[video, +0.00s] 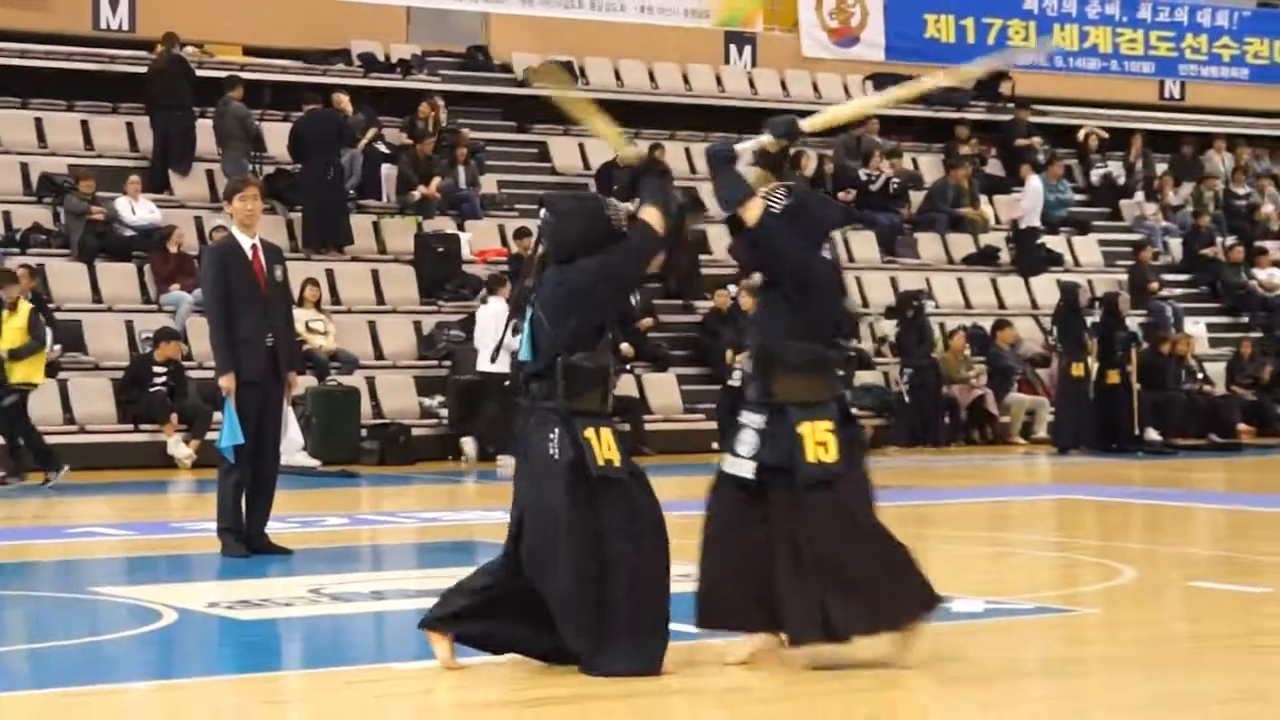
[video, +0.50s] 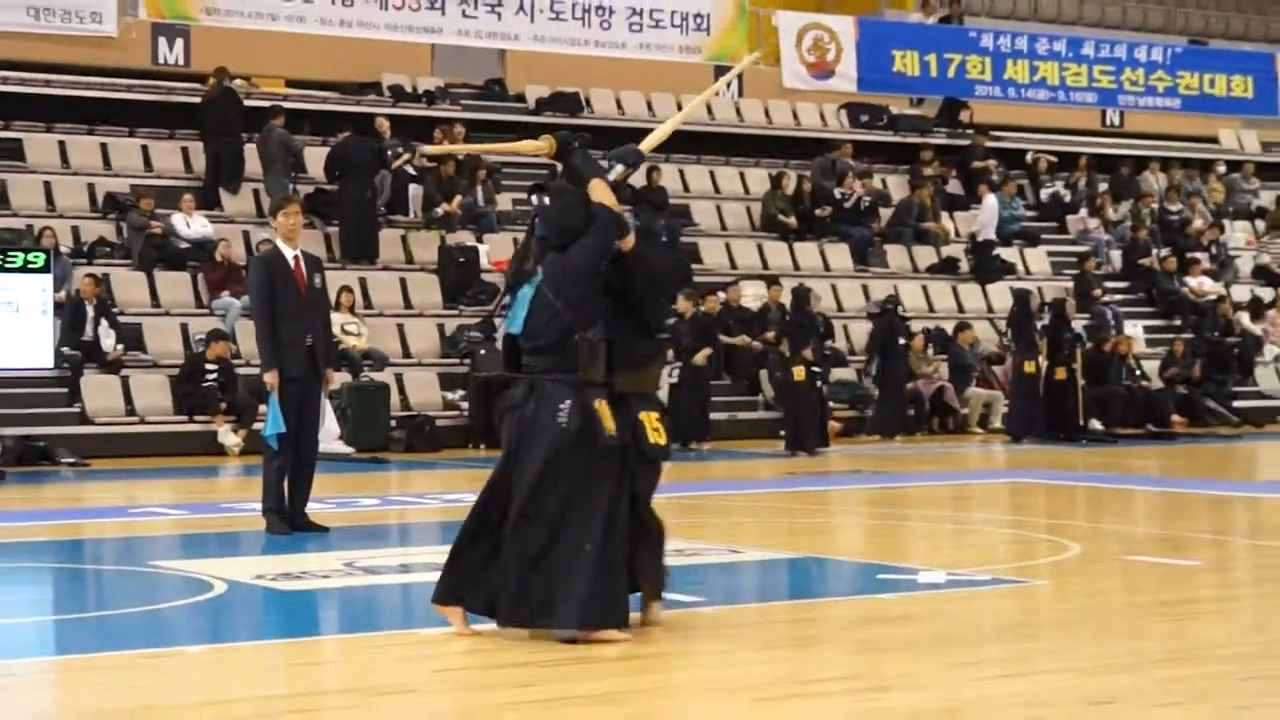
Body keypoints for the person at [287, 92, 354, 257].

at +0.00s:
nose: (303, 110)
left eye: (302, 107)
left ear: (304, 106)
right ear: (321, 103)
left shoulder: (299, 123)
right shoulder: (335, 118)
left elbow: (293, 149)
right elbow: (350, 140)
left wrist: (305, 161)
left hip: (310, 168)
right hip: (332, 167)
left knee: (311, 206)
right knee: (334, 205)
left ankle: (313, 245)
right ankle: (335, 245)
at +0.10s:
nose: (314, 120)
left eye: (313, 117)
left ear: (313, 117)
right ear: (330, 114)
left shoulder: (310, 133)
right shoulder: (343, 128)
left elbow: (303, 159)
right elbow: (359, 148)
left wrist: (316, 168)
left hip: (320, 178)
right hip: (342, 177)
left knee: (320, 214)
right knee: (345, 212)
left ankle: (322, 250)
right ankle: (345, 250)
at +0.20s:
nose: (319, 128)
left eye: (319, 125)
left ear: (319, 124)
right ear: (335, 121)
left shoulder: (317, 140)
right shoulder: (351, 134)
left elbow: (311, 165)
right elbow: (368, 154)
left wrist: (325, 173)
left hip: (328, 183)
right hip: (350, 182)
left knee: (330, 220)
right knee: (352, 219)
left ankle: (331, 255)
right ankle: (356, 254)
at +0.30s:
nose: (325, 131)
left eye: (325, 128)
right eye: (325, 128)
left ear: (326, 127)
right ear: (341, 124)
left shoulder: (324, 143)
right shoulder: (358, 137)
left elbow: (318, 169)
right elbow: (374, 157)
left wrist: (332, 171)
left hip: (335, 185)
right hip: (357, 184)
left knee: (335, 222)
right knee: (357, 221)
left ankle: (337, 255)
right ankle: (358, 254)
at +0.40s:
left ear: (344, 123)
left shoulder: (335, 142)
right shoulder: (370, 140)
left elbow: (323, 167)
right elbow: (377, 160)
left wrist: (329, 176)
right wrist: (363, 171)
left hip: (340, 187)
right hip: (363, 186)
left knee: (341, 221)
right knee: (363, 220)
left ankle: (343, 255)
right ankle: (364, 255)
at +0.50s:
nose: (337, 139)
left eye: (337, 136)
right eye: (336, 137)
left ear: (340, 135)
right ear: (353, 132)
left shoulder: (337, 148)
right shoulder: (371, 144)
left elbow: (329, 172)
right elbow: (382, 165)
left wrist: (338, 180)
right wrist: (369, 174)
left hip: (347, 188)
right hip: (368, 187)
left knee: (348, 222)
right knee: (369, 221)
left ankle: (349, 255)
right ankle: (370, 255)